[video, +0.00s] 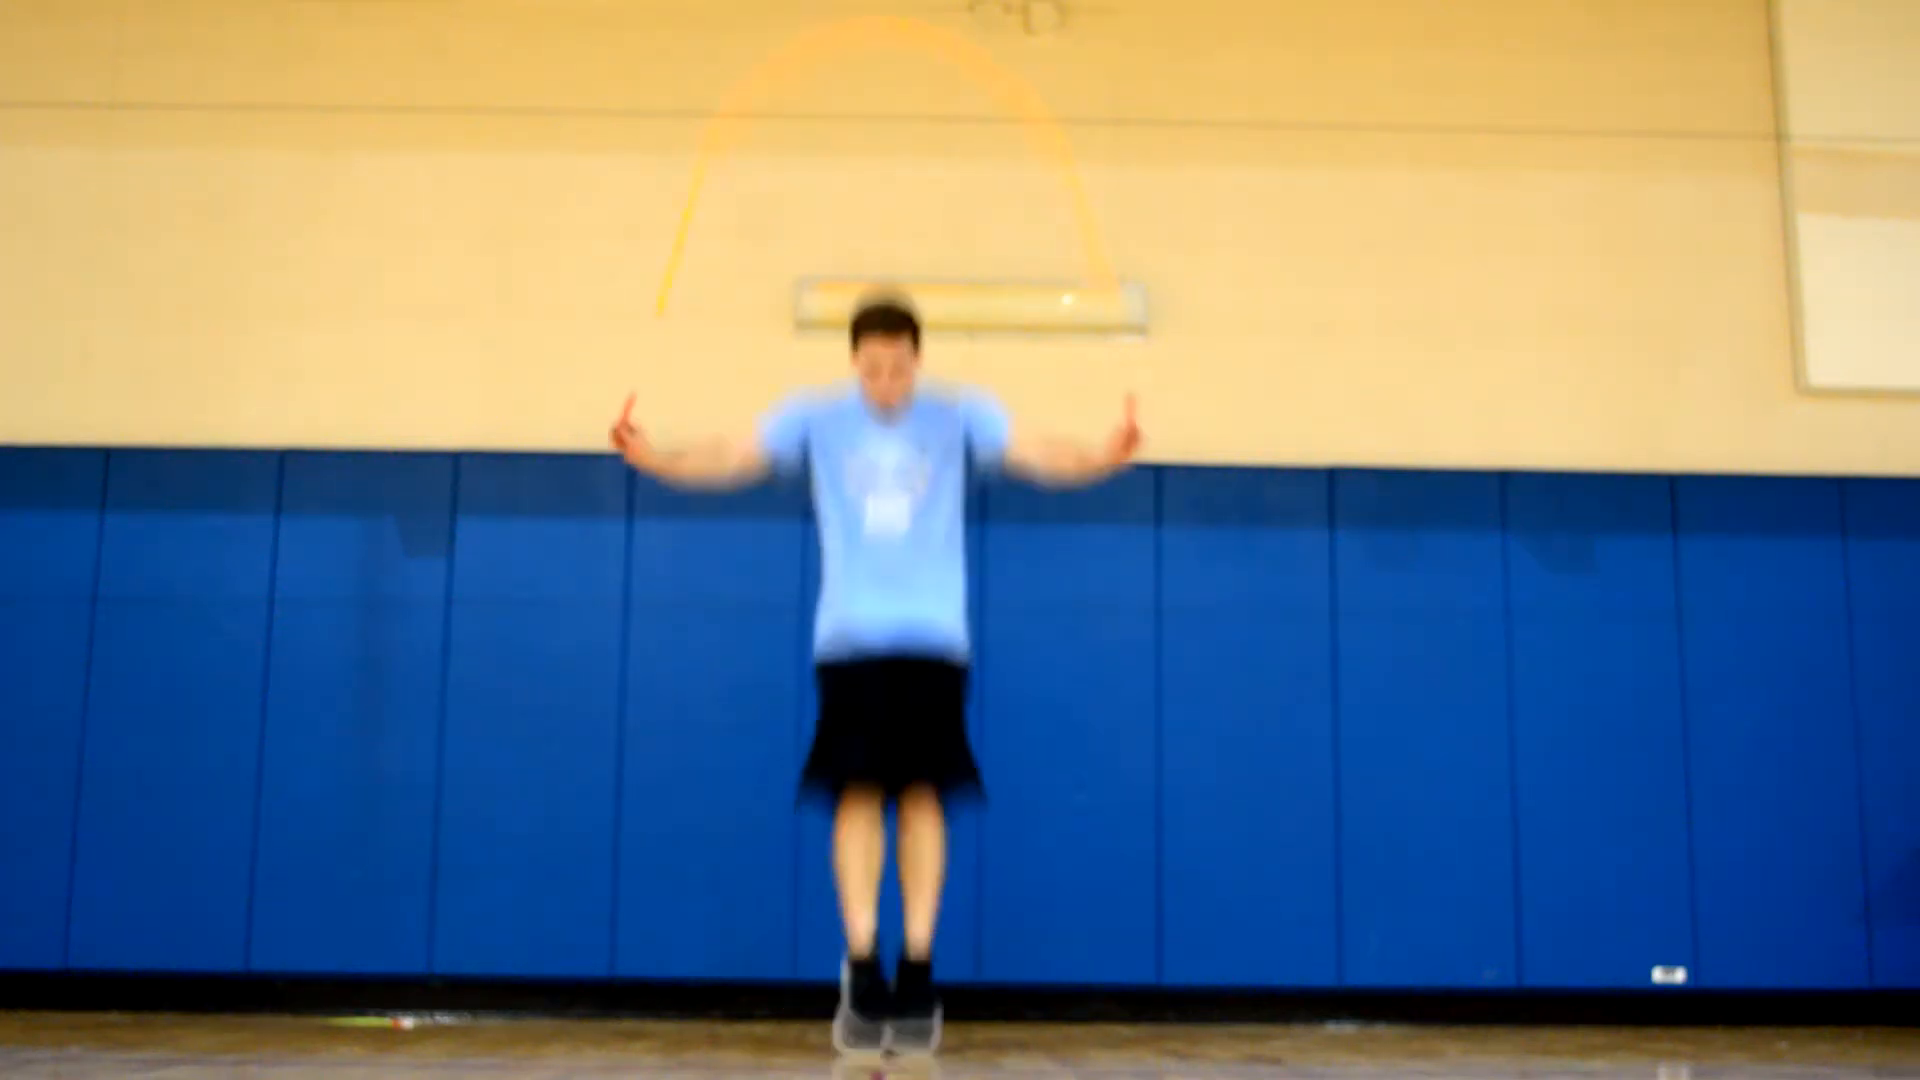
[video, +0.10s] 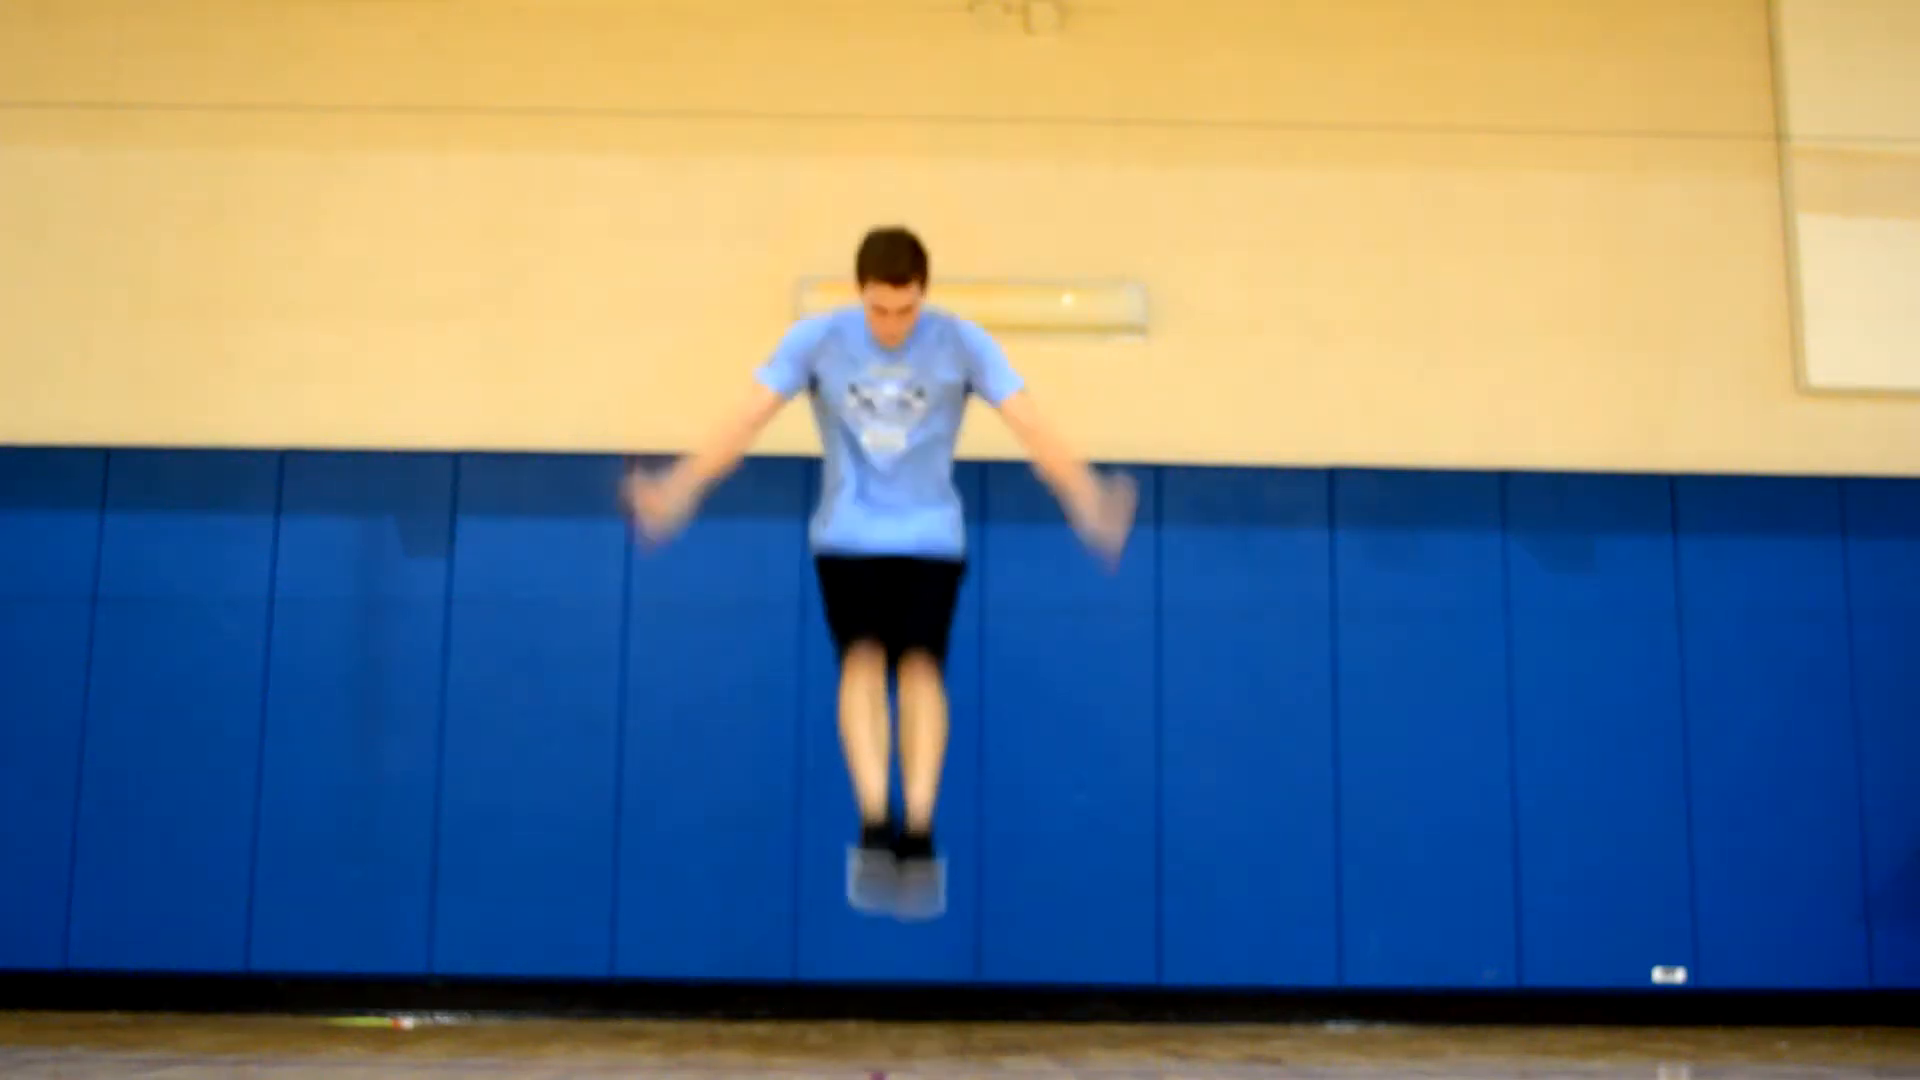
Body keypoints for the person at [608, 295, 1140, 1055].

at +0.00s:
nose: (888, 382)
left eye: (899, 367)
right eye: (876, 367)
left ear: (919, 362)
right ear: (854, 363)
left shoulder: (958, 415)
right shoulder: (818, 419)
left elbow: (1041, 457)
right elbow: (730, 458)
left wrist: (1106, 454)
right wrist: (649, 455)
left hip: (933, 640)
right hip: (851, 639)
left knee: (922, 798)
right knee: (859, 797)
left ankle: (917, 972)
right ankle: (863, 967)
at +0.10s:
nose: (891, 324)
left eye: (904, 310)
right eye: (880, 309)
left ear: (925, 295)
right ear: (860, 294)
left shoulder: (960, 343)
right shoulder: (819, 341)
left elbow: (1031, 427)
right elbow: (744, 424)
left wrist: (1088, 502)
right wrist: (675, 492)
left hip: (931, 538)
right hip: (848, 536)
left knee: (920, 665)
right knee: (863, 658)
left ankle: (917, 827)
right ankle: (878, 822)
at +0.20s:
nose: (893, 342)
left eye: (904, 326)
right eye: (881, 328)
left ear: (922, 317)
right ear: (861, 318)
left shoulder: (955, 354)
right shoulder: (818, 349)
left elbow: (990, 459)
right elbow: (784, 452)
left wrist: (979, 557)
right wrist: (791, 556)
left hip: (928, 461)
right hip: (848, 458)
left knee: (914, 559)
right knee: (863, 552)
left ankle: (920, 682)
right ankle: (872, 672)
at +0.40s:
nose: (889, 475)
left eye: (900, 466)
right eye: (879, 465)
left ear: (920, 439)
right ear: (858, 438)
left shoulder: (962, 436)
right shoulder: (816, 431)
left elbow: (952, 540)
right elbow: (826, 530)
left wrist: (903, 581)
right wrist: (854, 585)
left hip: (926, 474)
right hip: (851, 471)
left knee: (909, 549)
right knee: (864, 538)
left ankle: (903, 700)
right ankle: (860, 689)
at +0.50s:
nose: (894, 498)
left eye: (906, 490)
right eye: (885, 487)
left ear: (929, 466)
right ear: (864, 461)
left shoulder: (965, 465)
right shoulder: (816, 460)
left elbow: (974, 562)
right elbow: (795, 563)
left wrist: (980, 645)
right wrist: (770, 654)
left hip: (922, 547)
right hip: (847, 540)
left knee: (910, 670)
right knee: (850, 657)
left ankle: (904, 841)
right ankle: (852, 834)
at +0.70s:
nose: (896, 555)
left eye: (908, 546)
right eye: (887, 543)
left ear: (930, 528)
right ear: (867, 519)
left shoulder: (964, 548)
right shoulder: (817, 544)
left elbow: (989, 604)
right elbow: (759, 601)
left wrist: (1071, 634)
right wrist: (665, 634)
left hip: (925, 724)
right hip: (833, 721)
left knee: (938, 867)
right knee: (818, 862)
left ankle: (898, 1010)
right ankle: (837, 1012)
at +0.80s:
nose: (892, 467)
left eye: (903, 457)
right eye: (881, 455)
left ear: (924, 441)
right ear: (863, 437)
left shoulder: (964, 478)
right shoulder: (818, 474)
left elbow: (996, 567)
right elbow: (774, 565)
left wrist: (1052, 635)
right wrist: (711, 632)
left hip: (928, 680)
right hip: (839, 677)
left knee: (927, 828)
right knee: (833, 822)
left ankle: (902, 995)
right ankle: (842, 991)